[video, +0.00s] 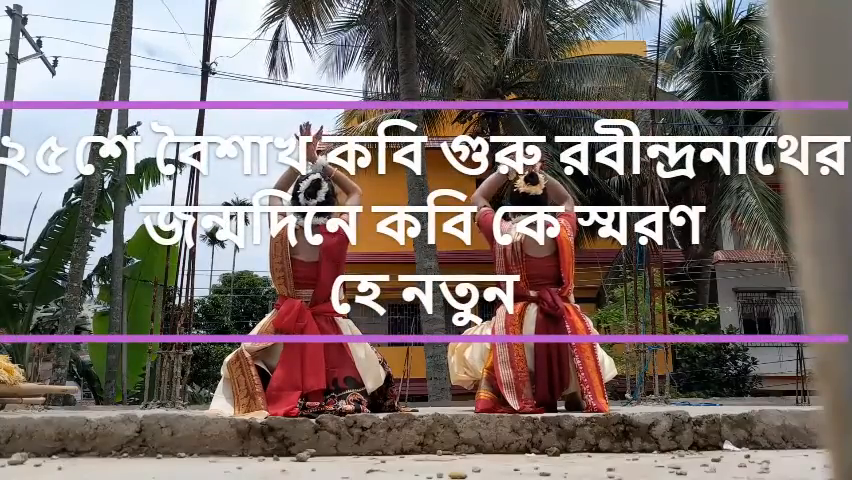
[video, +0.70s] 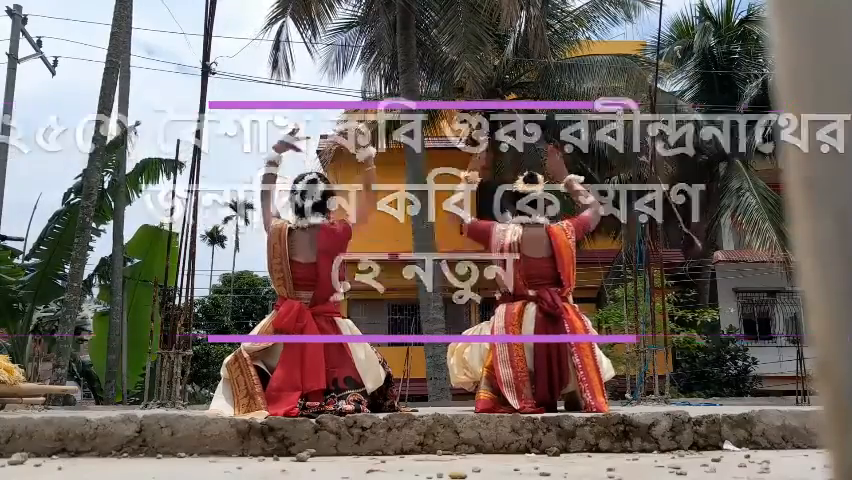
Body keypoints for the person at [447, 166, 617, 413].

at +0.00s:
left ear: (510, 206)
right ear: (544, 204)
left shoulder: (502, 233)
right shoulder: (562, 231)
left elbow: (479, 197)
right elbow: (566, 200)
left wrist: (505, 171)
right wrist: (540, 176)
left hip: (517, 320)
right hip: (562, 319)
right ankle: (575, 395)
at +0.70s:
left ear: (514, 207)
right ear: (546, 207)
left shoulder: (501, 233)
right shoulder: (564, 232)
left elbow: (462, 219)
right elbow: (595, 209)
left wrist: (467, 184)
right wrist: (568, 180)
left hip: (514, 316)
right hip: (559, 315)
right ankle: (579, 397)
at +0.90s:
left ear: (510, 207)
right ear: (544, 207)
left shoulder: (495, 236)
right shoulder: (566, 234)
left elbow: (446, 222)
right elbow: (605, 221)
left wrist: (447, 192)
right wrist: (593, 192)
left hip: (512, 325)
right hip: (561, 323)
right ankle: (575, 394)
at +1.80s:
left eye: (515, 204)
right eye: (537, 202)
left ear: (511, 209)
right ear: (547, 207)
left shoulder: (494, 240)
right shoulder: (569, 238)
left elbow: (442, 252)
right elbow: (619, 245)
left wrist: (426, 226)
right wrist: (616, 216)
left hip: (512, 328)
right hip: (563, 326)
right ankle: (578, 395)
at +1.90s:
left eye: (522, 201)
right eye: (536, 201)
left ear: (511, 206)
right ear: (547, 205)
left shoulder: (493, 240)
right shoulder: (570, 240)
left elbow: (452, 260)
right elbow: (620, 253)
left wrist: (423, 239)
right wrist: (624, 227)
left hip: (511, 330)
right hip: (565, 327)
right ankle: (578, 400)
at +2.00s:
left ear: (512, 207)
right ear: (548, 207)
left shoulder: (495, 241)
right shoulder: (571, 240)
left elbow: (449, 265)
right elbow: (617, 260)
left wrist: (419, 244)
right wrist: (633, 239)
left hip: (513, 330)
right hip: (565, 328)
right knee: (578, 403)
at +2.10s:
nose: (528, 213)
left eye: (526, 205)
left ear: (513, 206)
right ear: (548, 204)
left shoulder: (499, 240)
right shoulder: (572, 239)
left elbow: (462, 265)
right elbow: (609, 266)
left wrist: (427, 253)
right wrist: (637, 238)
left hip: (512, 317)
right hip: (565, 316)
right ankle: (581, 402)